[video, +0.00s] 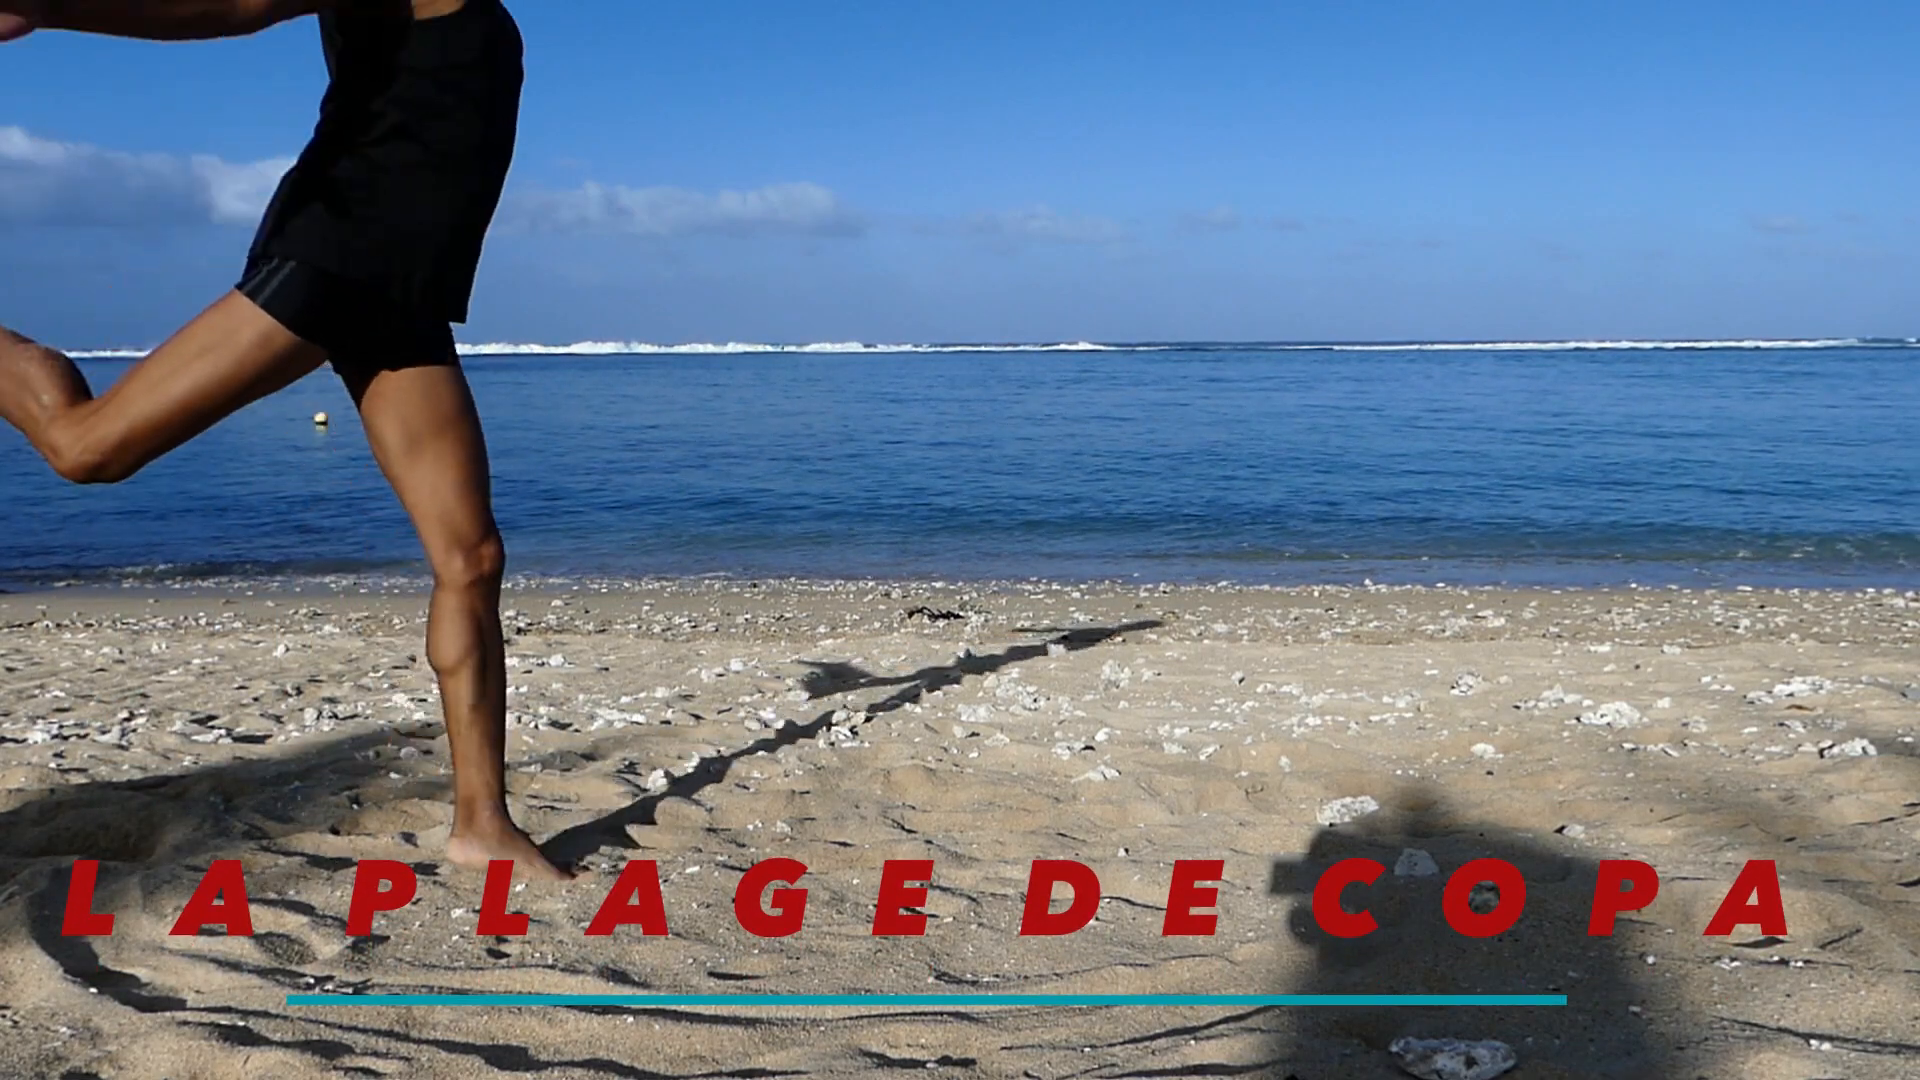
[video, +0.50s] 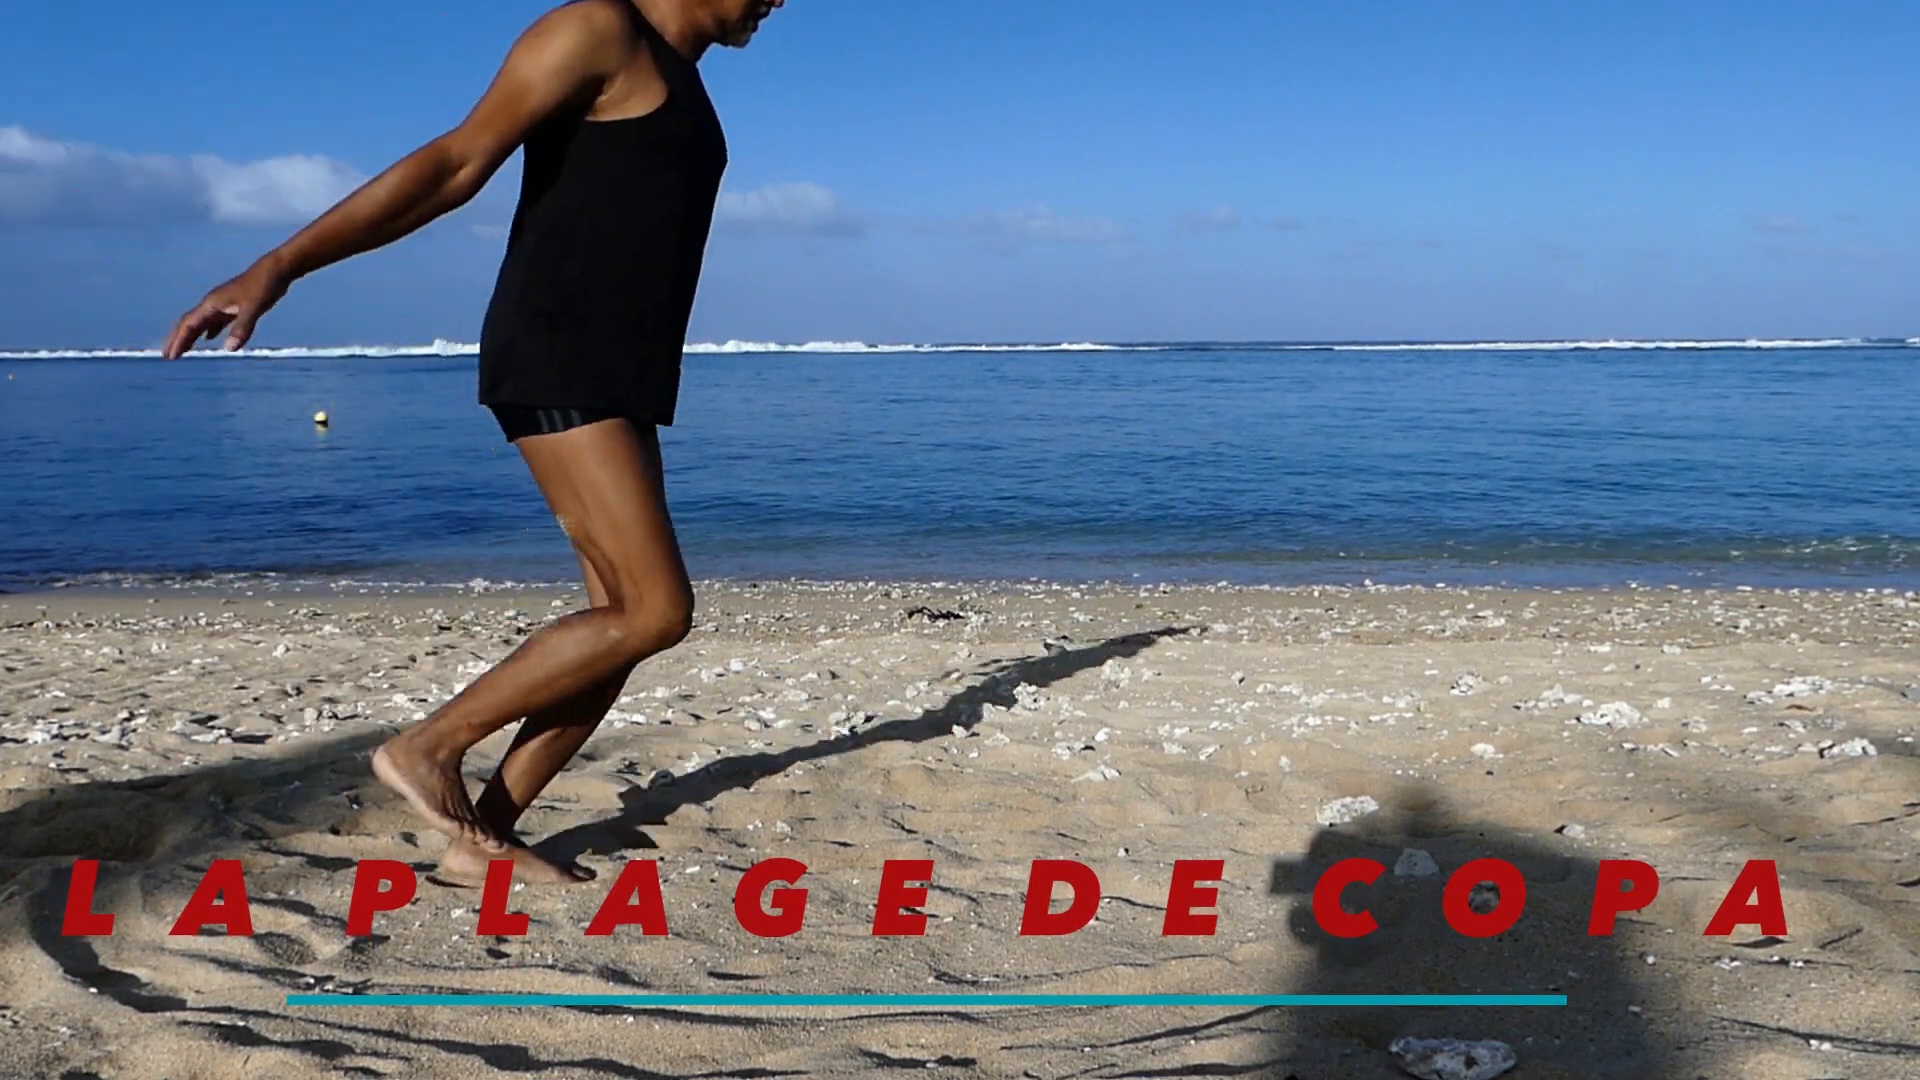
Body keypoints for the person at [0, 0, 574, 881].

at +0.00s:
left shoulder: (472, 18)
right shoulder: (389, 5)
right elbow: (232, 9)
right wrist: (53, 10)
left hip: (399, 286)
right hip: (334, 257)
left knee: (469, 558)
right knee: (86, 448)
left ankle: (482, 824)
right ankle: (6, 347)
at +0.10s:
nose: (598, 1)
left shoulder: (527, 59)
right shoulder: (456, 14)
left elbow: (455, 166)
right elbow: (287, 74)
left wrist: (383, 223)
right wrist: (80, 106)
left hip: (463, 355)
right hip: (389, 323)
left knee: (546, 596)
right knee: (174, 534)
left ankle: (476, 849)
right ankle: (18, 384)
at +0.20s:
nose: (653, 6)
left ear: (613, 3)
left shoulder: (559, 78)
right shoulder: (488, 32)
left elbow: (498, 221)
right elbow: (319, 122)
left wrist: (405, 276)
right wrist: (117, 173)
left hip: (500, 381)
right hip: (417, 355)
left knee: (585, 607)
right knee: (261, 597)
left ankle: (477, 848)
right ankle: (68, 452)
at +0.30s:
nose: (709, 13)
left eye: (712, 3)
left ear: (647, 4)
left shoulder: (606, 87)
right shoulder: (528, 47)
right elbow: (366, 165)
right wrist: (172, 247)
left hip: (552, 400)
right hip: (466, 381)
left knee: (611, 621)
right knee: (416, 642)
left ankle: (479, 844)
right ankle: (172, 572)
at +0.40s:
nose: (734, 10)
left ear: (682, 1)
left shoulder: (640, 96)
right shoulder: (555, 42)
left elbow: (593, 275)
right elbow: (401, 173)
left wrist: (600, 413)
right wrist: (215, 268)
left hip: (585, 401)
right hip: (501, 383)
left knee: (619, 625)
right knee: (520, 642)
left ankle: (479, 846)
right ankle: (262, 651)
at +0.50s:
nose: (769, 6)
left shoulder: (674, 71)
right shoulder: (593, 31)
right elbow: (450, 167)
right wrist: (276, 268)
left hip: (615, 377)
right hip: (558, 366)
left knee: (623, 617)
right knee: (655, 606)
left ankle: (486, 830)